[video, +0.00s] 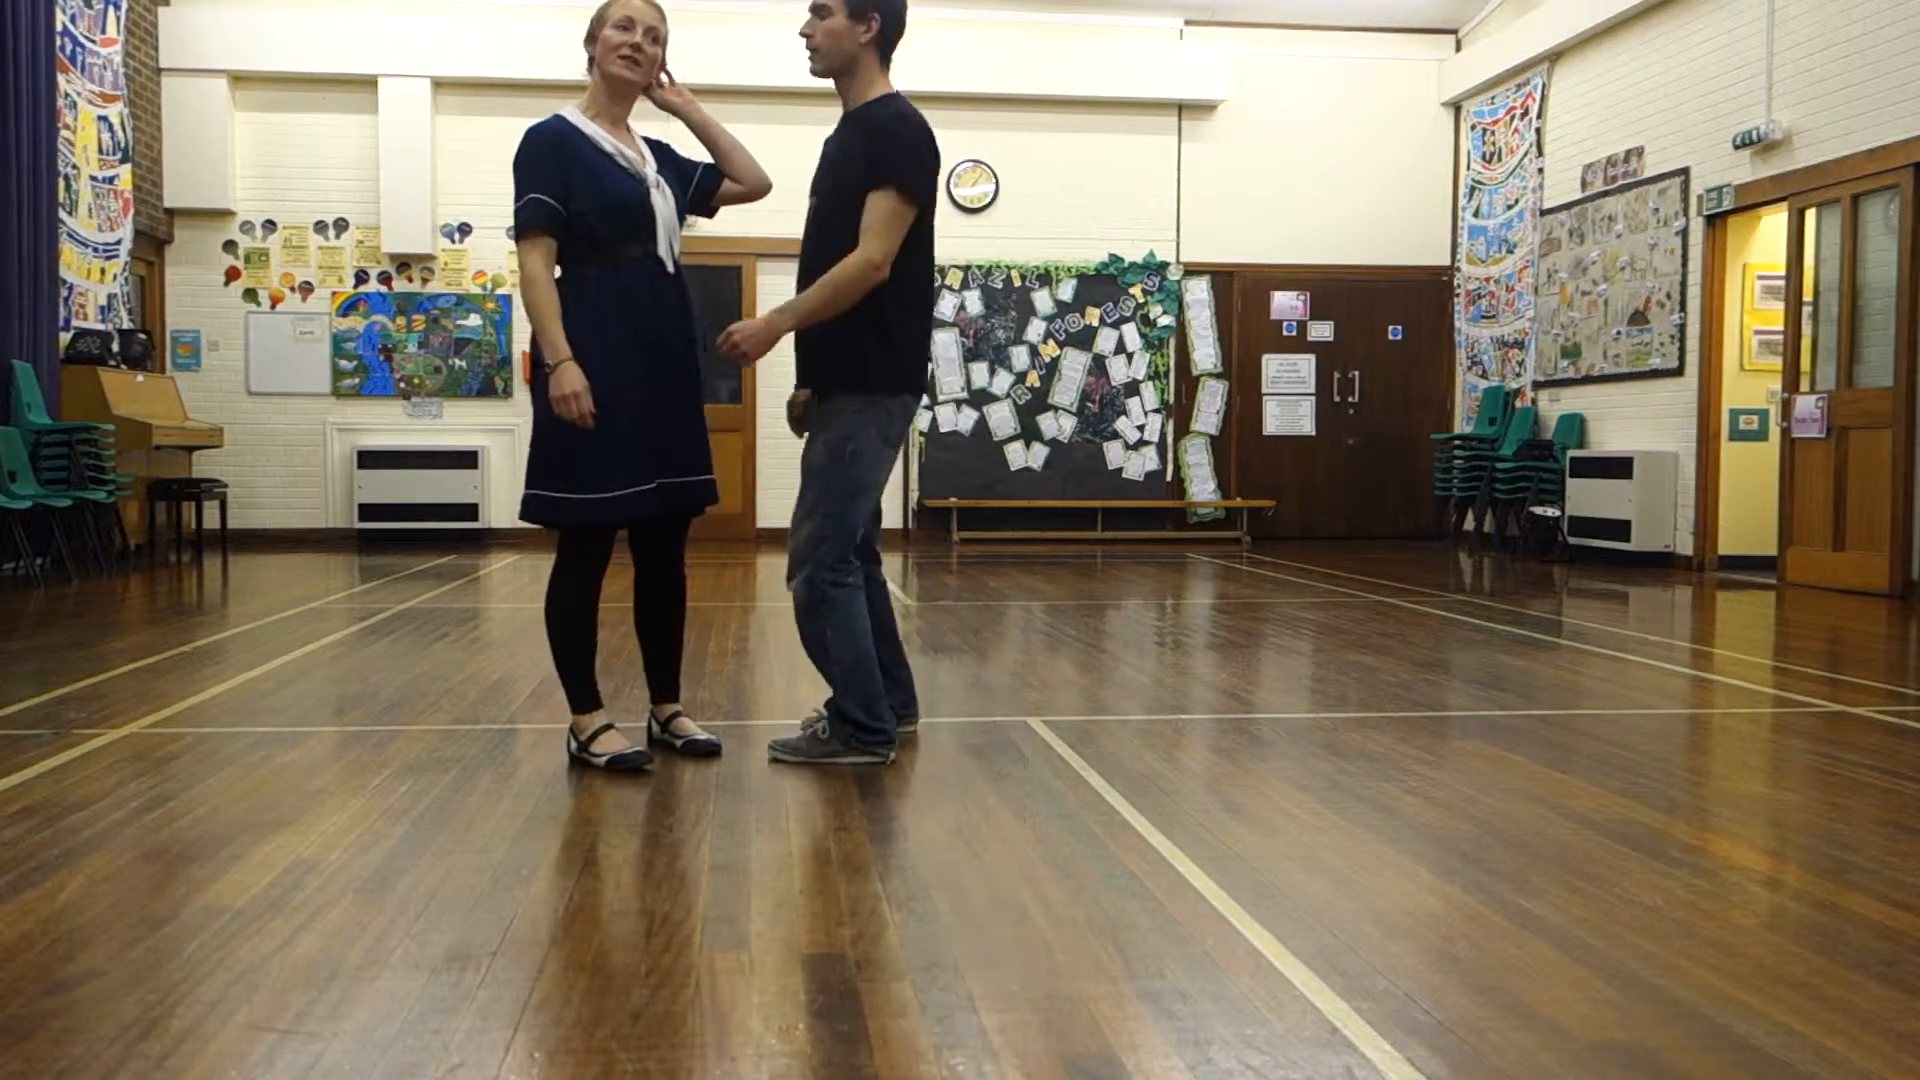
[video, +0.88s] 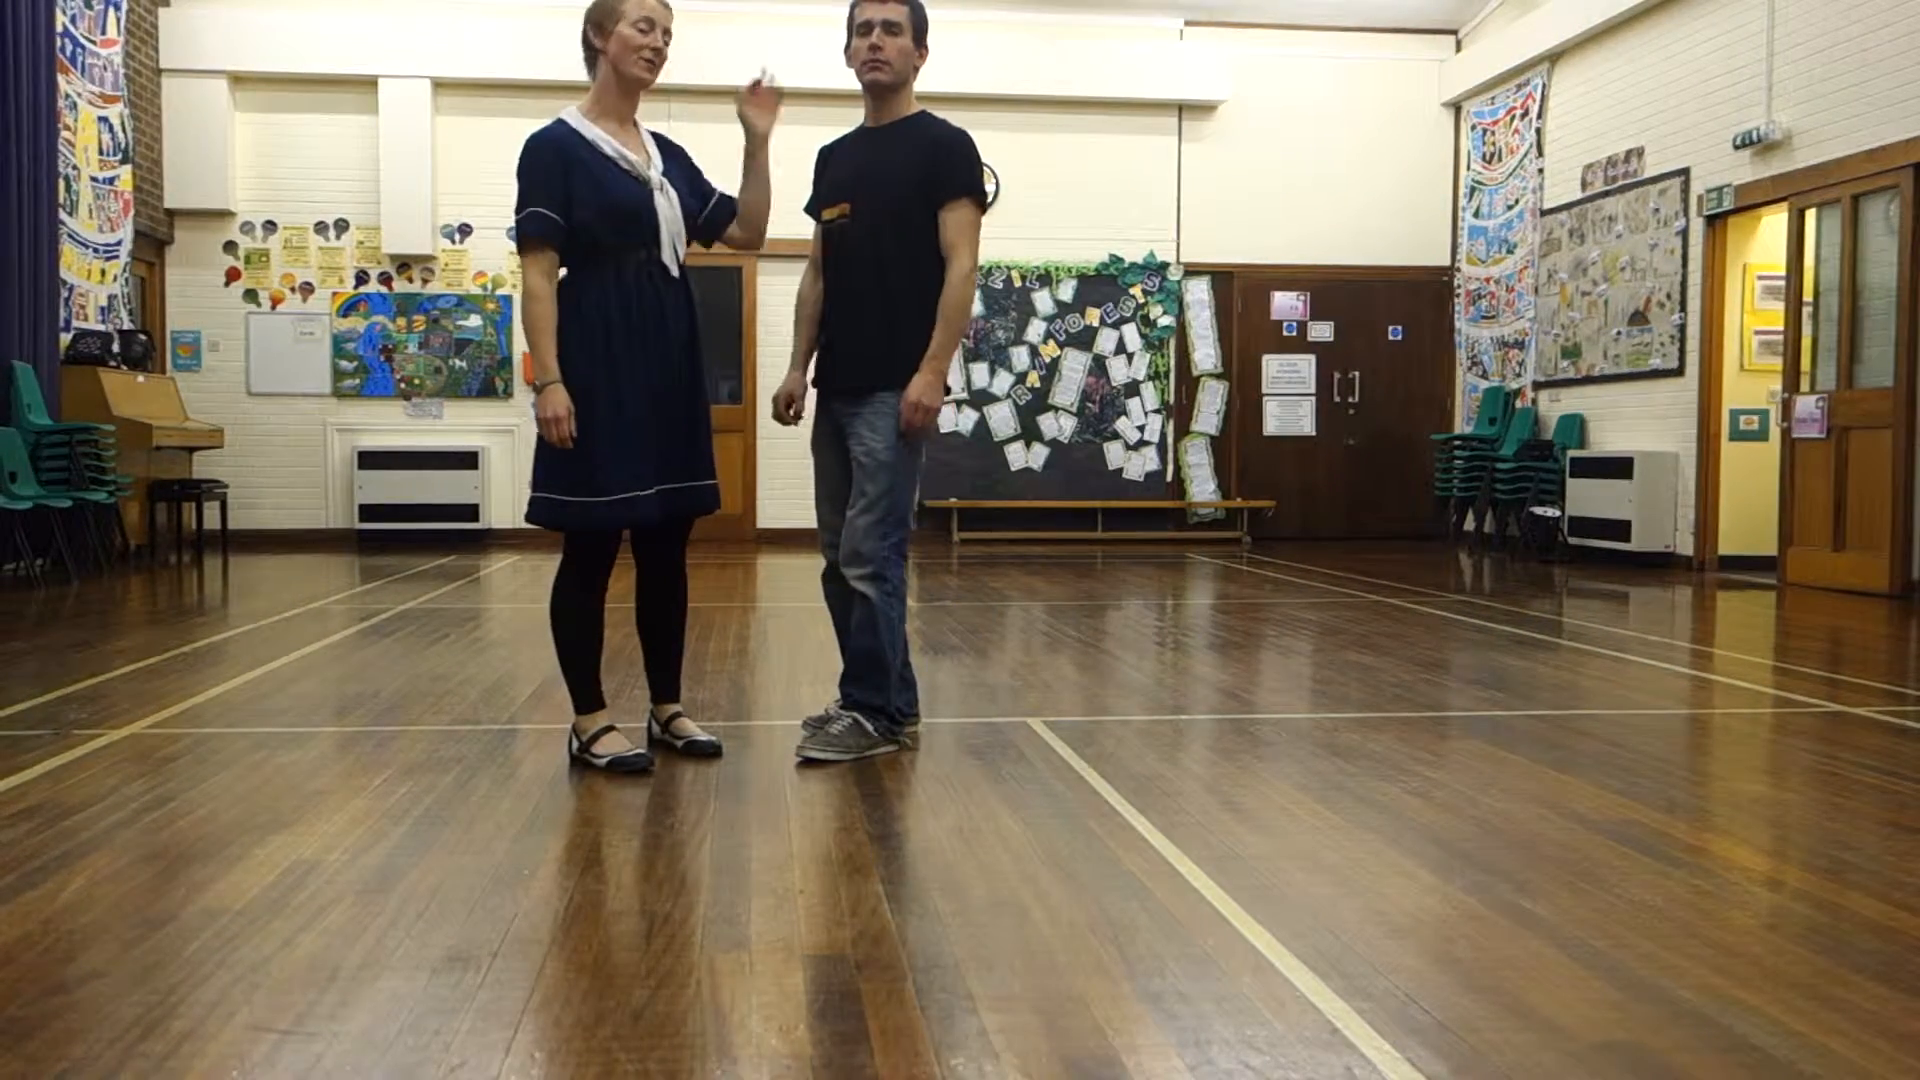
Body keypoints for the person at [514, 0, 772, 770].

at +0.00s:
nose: (638, 43)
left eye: (653, 37)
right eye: (625, 28)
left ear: (660, 63)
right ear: (590, 43)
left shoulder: (656, 154)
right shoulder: (552, 140)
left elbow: (750, 181)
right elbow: (533, 261)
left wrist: (683, 102)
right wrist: (561, 362)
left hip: (665, 379)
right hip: (590, 376)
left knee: (662, 546)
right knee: (584, 548)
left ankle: (667, 710)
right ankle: (588, 724)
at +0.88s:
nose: (657, 43)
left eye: (666, 35)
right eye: (644, 28)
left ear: (666, 53)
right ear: (598, 36)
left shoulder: (665, 153)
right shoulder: (555, 146)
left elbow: (748, 230)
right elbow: (537, 271)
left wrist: (758, 136)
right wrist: (548, 381)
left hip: (670, 384)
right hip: (593, 383)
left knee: (665, 546)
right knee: (589, 550)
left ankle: (667, 711)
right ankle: (590, 724)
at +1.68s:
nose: (656, 43)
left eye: (652, 30)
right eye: (641, 32)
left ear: (610, 47)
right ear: (596, 47)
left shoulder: (624, 140)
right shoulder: (574, 141)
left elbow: (642, 226)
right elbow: (590, 277)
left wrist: (688, 243)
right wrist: (650, 376)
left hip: (646, 377)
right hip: (589, 381)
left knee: (652, 544)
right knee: (586, 550)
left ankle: (667, 711)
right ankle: (589, 725)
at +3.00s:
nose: (639, 77)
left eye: (648, 63)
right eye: (622, 69)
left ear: (667, 73)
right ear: (600, 88)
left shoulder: (696, 175)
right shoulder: (581, 179)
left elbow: (756, 247)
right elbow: (561, 288)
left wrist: (800, 182)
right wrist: (577, 373)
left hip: (685, 387)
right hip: (607, 386)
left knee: (673, 545)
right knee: (598, 548)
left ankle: (661, 704)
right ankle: (574, 715)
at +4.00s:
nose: (675, 65)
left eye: (672, 53)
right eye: (659, 53)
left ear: (634, 70)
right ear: (615, 68)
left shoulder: (666, 173)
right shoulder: (583, 165)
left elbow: (694, 269)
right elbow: (576, 283)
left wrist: (755, 242)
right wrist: (675, 294)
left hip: (670, 393)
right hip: (609, 396)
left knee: (663, 547)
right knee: (623, 553)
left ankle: (658, 705)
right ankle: (592, 720)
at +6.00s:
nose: (671, 89)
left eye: (679, 82)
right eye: (658, 74)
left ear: (679, 97)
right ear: (618, 80)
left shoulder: (640, 170)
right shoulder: (606, 159)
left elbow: (657, 283)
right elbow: (637, 275)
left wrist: (738, 302)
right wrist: (742, 283)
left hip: (629, 389)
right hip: (611, 389)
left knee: (619, 548)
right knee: (641, 547)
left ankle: (589, 708)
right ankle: (605, 722)